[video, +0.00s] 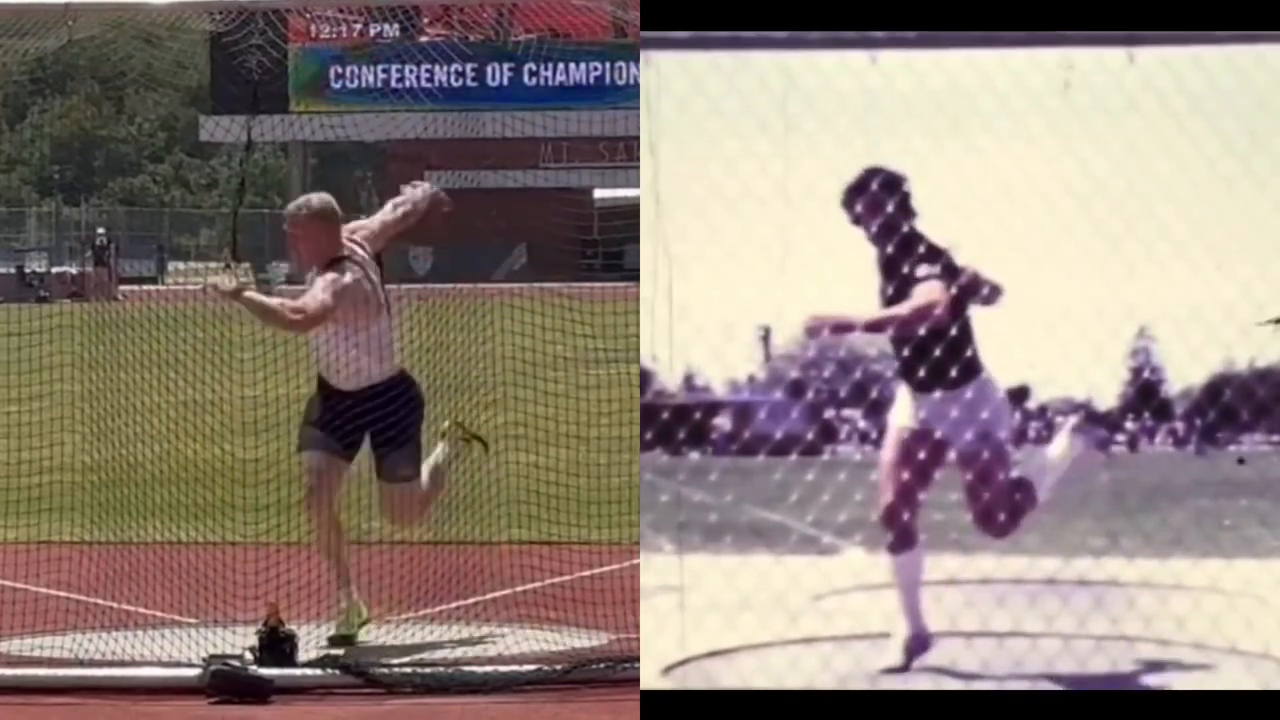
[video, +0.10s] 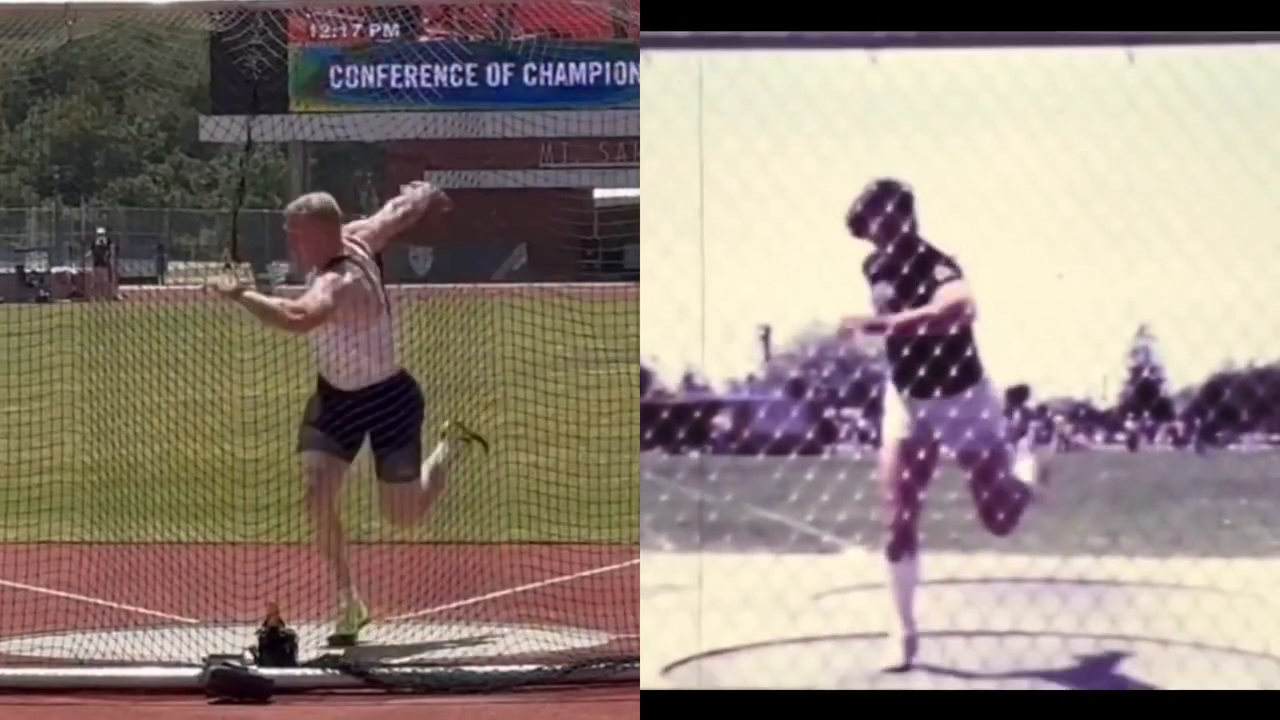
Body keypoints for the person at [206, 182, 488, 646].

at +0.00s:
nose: (292, 246)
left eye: (297, 237)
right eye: (291, 238)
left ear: (322, 235)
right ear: (324, 234)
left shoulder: (339, 280)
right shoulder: (356, 239)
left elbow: (298, 318)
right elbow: (398, 212)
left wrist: (243, 295)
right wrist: (425, 192)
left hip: (388, 398)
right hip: (336, 397)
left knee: (404, 514)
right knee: (317, 495)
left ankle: (449, 447)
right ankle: (350, 604)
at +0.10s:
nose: (292, 247)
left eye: (297, 238)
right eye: (291, 238)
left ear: (322, 235)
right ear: (324, 234)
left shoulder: (340, 280)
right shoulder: (356, 239)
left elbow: (298, 318)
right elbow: (398, 212)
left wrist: (243, 295)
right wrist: (425, 192)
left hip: (388, 398)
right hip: (336, 397)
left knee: (404, 514)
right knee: (317, 495)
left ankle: (449, 448)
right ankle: (350, 604)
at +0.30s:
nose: (328, 263)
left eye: (338, 254)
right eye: (322, 254)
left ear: (358, 250)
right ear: (314, 249)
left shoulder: (377, 281)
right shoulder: (311, 269)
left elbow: (399, 325)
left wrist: (328, 322)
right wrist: (283, 200)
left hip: (377, 396)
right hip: (325, 394)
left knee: (405, 500)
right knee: (341, 496)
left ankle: (357, 530)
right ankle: (330, 606)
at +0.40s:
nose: (350, 270)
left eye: (357, 260)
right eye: (342, 262)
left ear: (369, 256)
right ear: (326, 258)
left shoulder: (391, 285)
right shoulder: (311, 273)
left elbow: (451, 319)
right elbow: (261, 246)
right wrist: (224, 229)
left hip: (371, 402)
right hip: (322, 398)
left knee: (394, 499)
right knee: (356, 484)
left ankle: (323, 568)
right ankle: (324, 602)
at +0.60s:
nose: (374, 270)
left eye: (376, 261)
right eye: (364, 263)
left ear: (380, 259)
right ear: (338, 264)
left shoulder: (397, 284)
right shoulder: (308, 287)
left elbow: (477, 296)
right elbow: (235, 271)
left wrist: (482, 335)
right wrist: (172, 261)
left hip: (360, 408)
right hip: (323, 404)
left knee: (384, 500)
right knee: (377, 494)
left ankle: (319, 599)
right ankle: (317, 600)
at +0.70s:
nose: (381, 266)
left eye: (384, 256)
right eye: (371, 257)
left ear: (387, 257)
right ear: (343, 261)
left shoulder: (398, 282)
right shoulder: (314, 295)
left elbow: (463, 274)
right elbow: (233, 300)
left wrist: (510, 308)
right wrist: (162, 306)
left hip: (356, 407)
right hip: (325, 405)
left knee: (390, 509)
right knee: (376, 499)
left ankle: (316, 605)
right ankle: (315, 602)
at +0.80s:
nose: (395, 250)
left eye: (393, 242)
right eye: (388, 243)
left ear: (380, 248)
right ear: (361, 250)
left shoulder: (381, 269)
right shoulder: (331, 295)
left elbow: (410, 253)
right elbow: (258, 325)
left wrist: (468, 268)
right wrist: (191, 356)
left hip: (343, 400)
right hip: (332, 401)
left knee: (351, 503)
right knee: (390, 505)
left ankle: (312, 602)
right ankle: (319, 600)